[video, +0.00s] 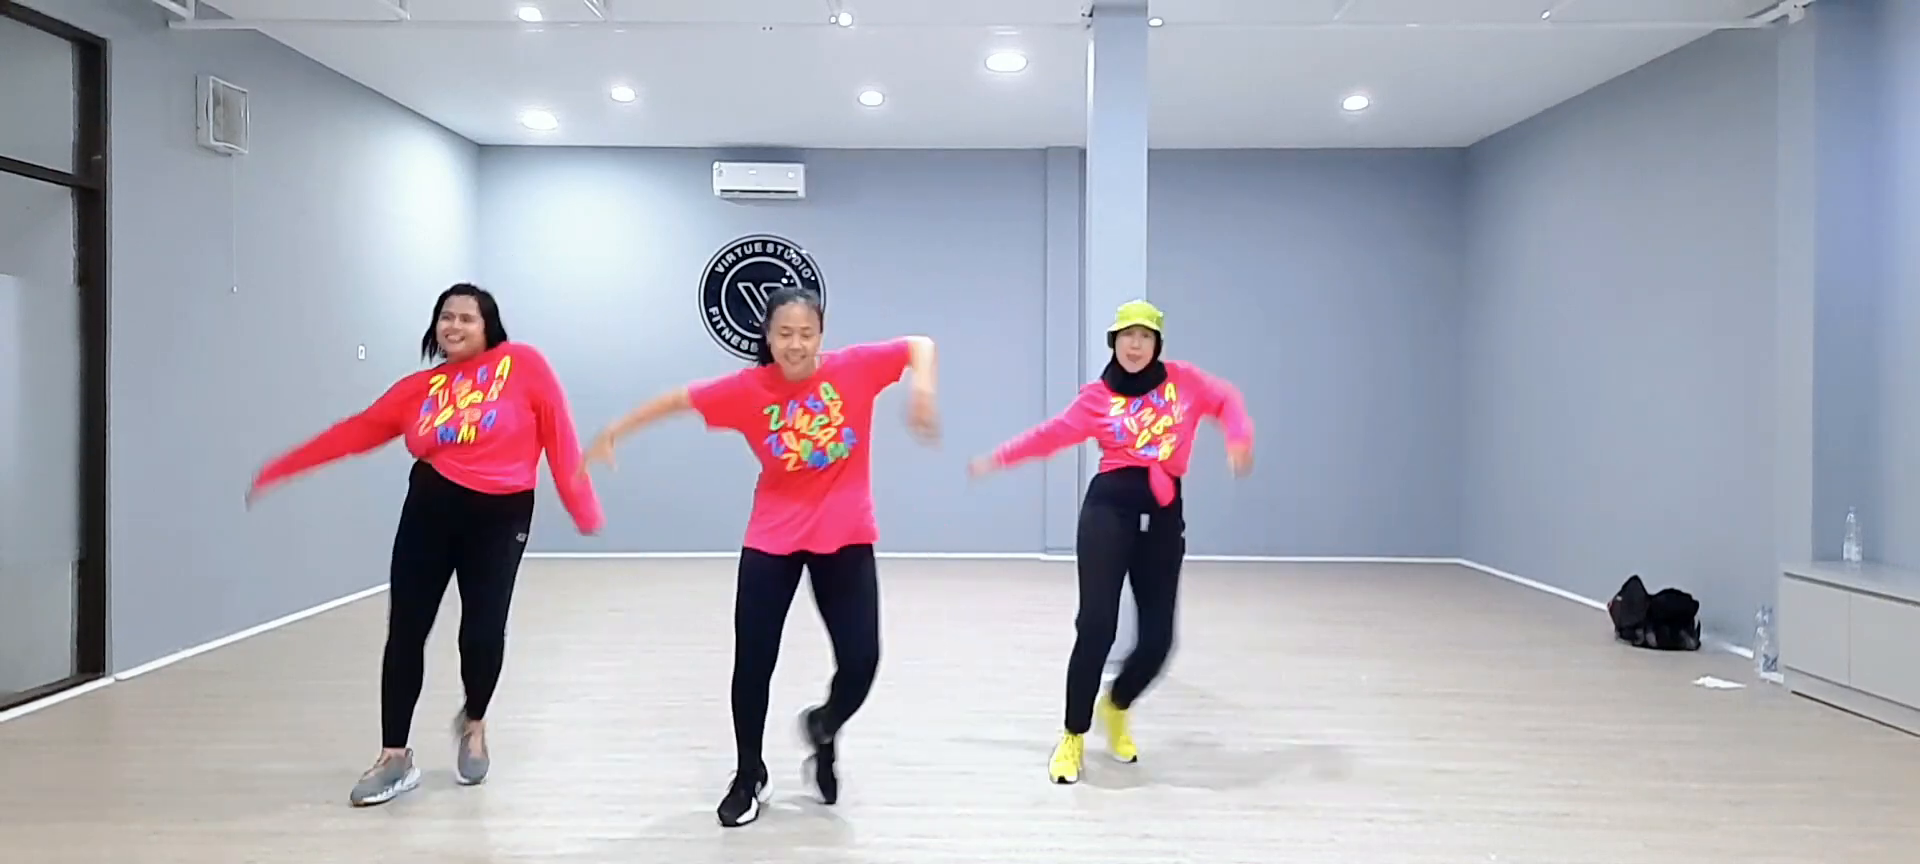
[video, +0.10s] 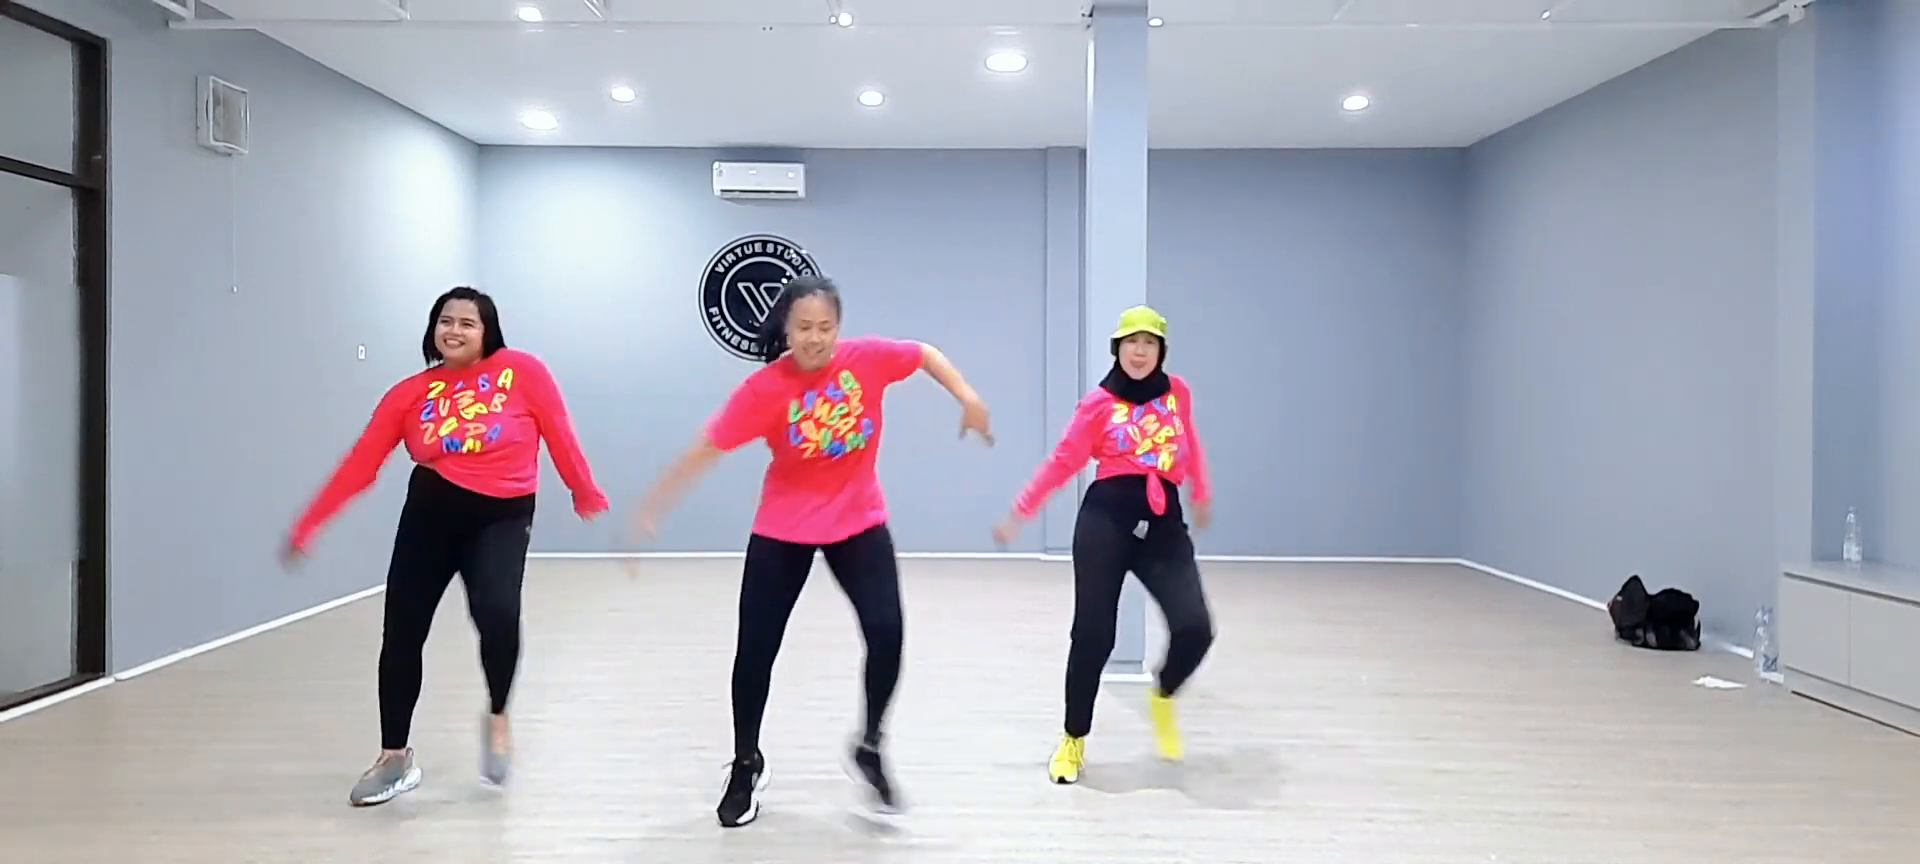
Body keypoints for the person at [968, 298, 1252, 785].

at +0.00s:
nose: (1134, 345)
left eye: (1143, 337)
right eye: (1126, 336)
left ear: (1157, 343)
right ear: (1113, 342)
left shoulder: (1184, 380)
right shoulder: (1098, 398)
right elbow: (1051, 434)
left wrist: (1239, 441)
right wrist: (997, 458)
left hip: (1163, 518)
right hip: (1108, 515)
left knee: (1158, 640)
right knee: (1096, 627)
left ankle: (1115, 704)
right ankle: (1072, 737)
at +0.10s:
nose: (1139, 352)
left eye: (1149, 344)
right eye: (1131, 343)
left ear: (1161, 350)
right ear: (1117, 348)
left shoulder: (1176, 392)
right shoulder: (1099, 403)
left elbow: (1190, 447)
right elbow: (1063, 461)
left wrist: (1200, 495)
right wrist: (1018, 513)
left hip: (1162, 523)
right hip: (1106, 520)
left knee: (1196, 631)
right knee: (1093, 633)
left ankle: (1163, 693)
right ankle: (1073, 739)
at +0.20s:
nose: (1152, 353)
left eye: (1161, 344)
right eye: (1143, 344)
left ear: (1173, 350)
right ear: (1128, 349)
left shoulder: (1184, 399)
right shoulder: (1109, 408)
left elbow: (1178, 463)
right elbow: (1093, 478)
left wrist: (1172, 514)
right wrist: (1079, 544)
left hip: (1172, 526)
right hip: (1115, 528)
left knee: (1220, 611)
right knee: (1099, 639)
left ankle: (1224, 727)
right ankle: (1073, 742)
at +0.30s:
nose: (1172, 348)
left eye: (1181, 339)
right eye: (1162, 339)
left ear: (1191, 347)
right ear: (1147, 345)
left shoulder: (1199, 396)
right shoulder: (1129, 400)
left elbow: (1197, 460)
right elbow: (1136, 470)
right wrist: (1153, 535)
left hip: (1194, 519)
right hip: (1138, 519)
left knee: (1233, 631)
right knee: (1114, 637)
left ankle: (1266, 762)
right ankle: (1076, 739)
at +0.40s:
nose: (1192, 343)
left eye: (1201, 335)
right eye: (1183, 335)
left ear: (1213, 344)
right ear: (1166, 343)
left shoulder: (1222, 397)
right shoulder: (1151, 396)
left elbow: (1224, 458)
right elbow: (1164, 455)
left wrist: (1230, 499)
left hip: (1227, 529)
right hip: (1167, 529)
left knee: (1250, 650)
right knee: (1128, 647)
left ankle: (1267, 770)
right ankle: (1079, 731)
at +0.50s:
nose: (1209, 328)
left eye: (1217, 319)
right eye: (1199, 320)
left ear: (1230, 328)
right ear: (1182, 329)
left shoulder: (1246, 384)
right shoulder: (1165, 380)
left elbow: (1251, 457)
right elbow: (1176, 437)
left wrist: (1262, 517)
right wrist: (1247, 423)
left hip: (1241, 516)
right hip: (1179, 513)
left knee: (1257, 640)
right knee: (1140, 631)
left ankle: (1268, 769)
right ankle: (1115, 721)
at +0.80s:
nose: (1237, 318)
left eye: (1246, 310)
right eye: (1228, 309)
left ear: (1257, 319)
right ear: (1211, 317)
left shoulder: (1263, 385)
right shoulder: (1184, 366)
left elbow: (1281, 457)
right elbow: (1150, 432)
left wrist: (1317, 519)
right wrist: (1202, 414)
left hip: (1251, 512)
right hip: (1189, 510)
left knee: (1247, 635)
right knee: (1184, 629)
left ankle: (1240, 763)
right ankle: (1176, 766)